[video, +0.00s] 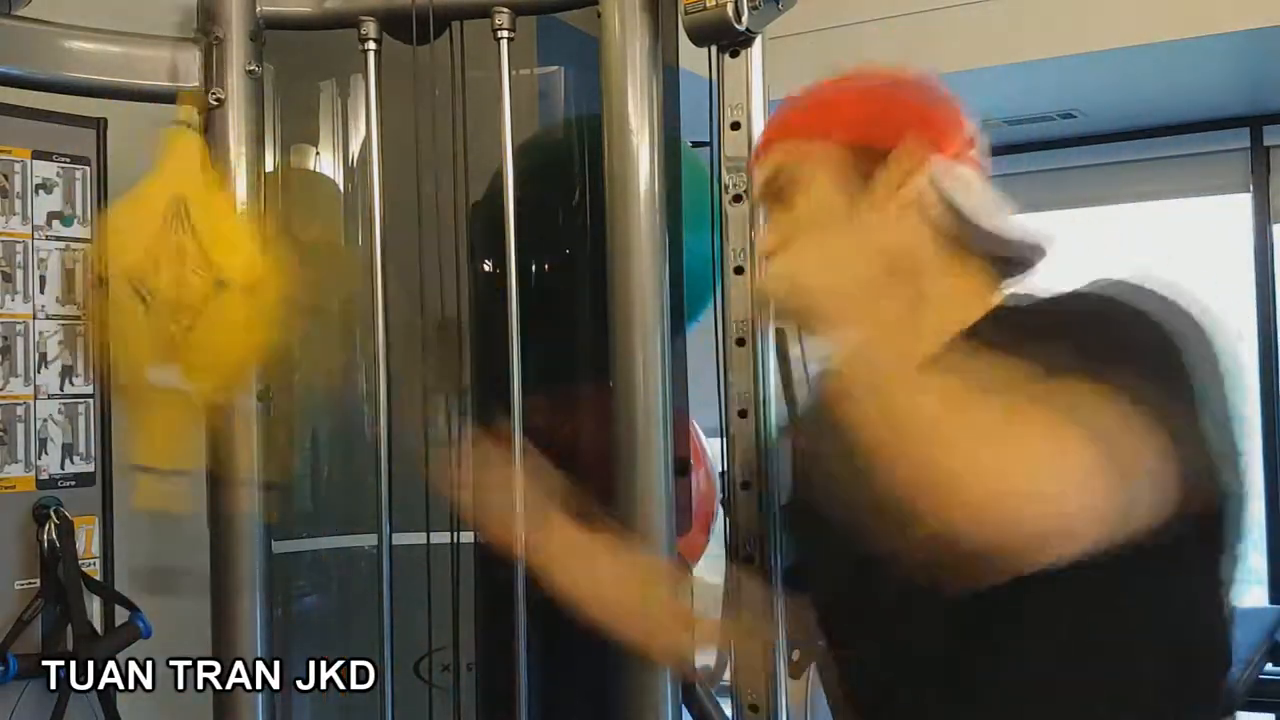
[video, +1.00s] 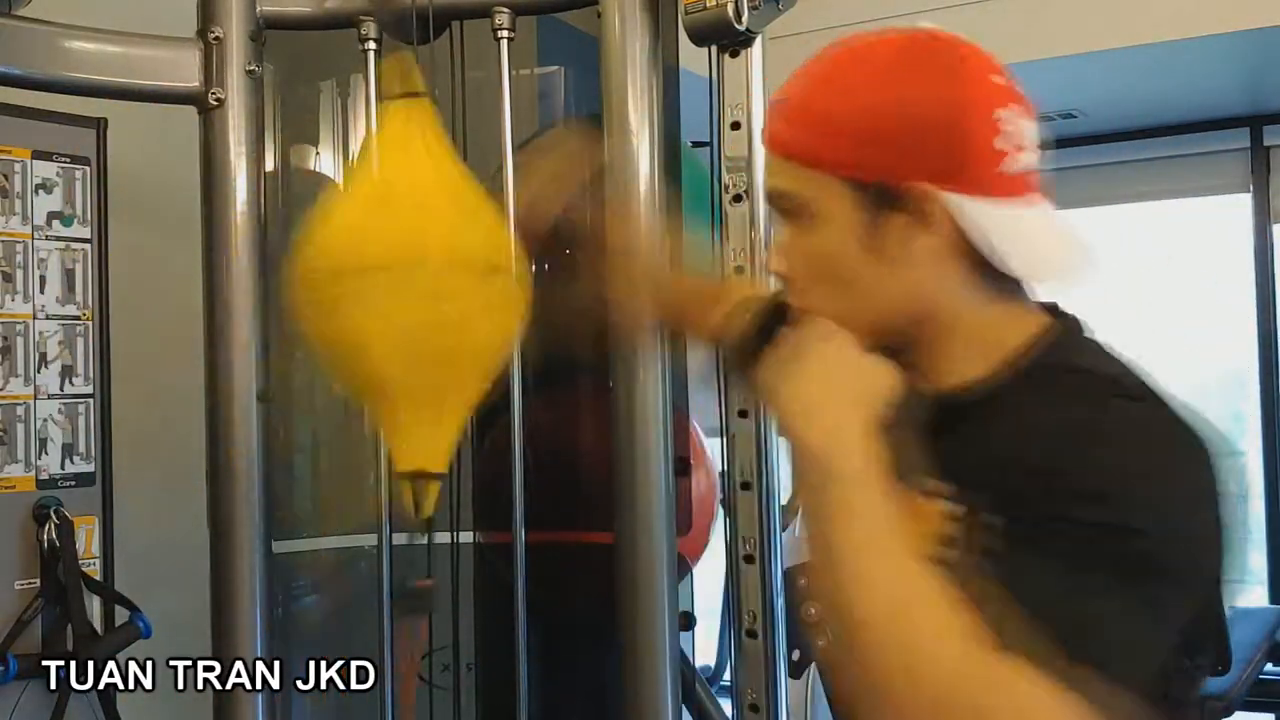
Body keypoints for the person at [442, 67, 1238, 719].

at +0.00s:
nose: (755, 248)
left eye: (779, 199)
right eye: (756, 214)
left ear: (903, 183)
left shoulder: (1119, 344)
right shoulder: (831, 448)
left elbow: (1008, 500)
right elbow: (776, 650)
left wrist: (855, 341)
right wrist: (546, 533)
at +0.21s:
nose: (800, 244)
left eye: (828, 196)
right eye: (791, 209)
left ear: (956, 181)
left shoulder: (1182, 384)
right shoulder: (801, 395)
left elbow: (1203, 614)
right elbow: (558, 347)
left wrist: (984, 308)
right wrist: (686, 199)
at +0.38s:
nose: (817, 250)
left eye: (844, 206)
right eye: (816, 213)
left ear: (974, 208)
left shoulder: (1201, 415)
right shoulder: (832, 401)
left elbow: (1128, 672)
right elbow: (567, 351)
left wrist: (956, 371)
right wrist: (831, 290)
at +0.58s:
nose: (792, 247)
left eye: (795, 205)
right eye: (787, 208)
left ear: (879, 198)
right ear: (884, 199)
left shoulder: (1060, 407)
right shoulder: (944, 359)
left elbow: (797, 680)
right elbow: (781, 387)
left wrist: (783, 385)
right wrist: (585, 361)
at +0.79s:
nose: (755, 278)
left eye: (758, 242)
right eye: (752, 246)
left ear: (836, 245)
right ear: (939, 235)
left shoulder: (919, 474)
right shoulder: (1073, 403)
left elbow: (674, 697)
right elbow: (1144, 418)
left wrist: (704, 428)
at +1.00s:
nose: (774, 261)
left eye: (795, 216)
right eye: (777, 217)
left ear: (918, 222)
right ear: (917, 227)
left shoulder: (1129, 454)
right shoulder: (904, 381)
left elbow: (971, 703)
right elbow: (773, 325)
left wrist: (838, 448)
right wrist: (647, 281)